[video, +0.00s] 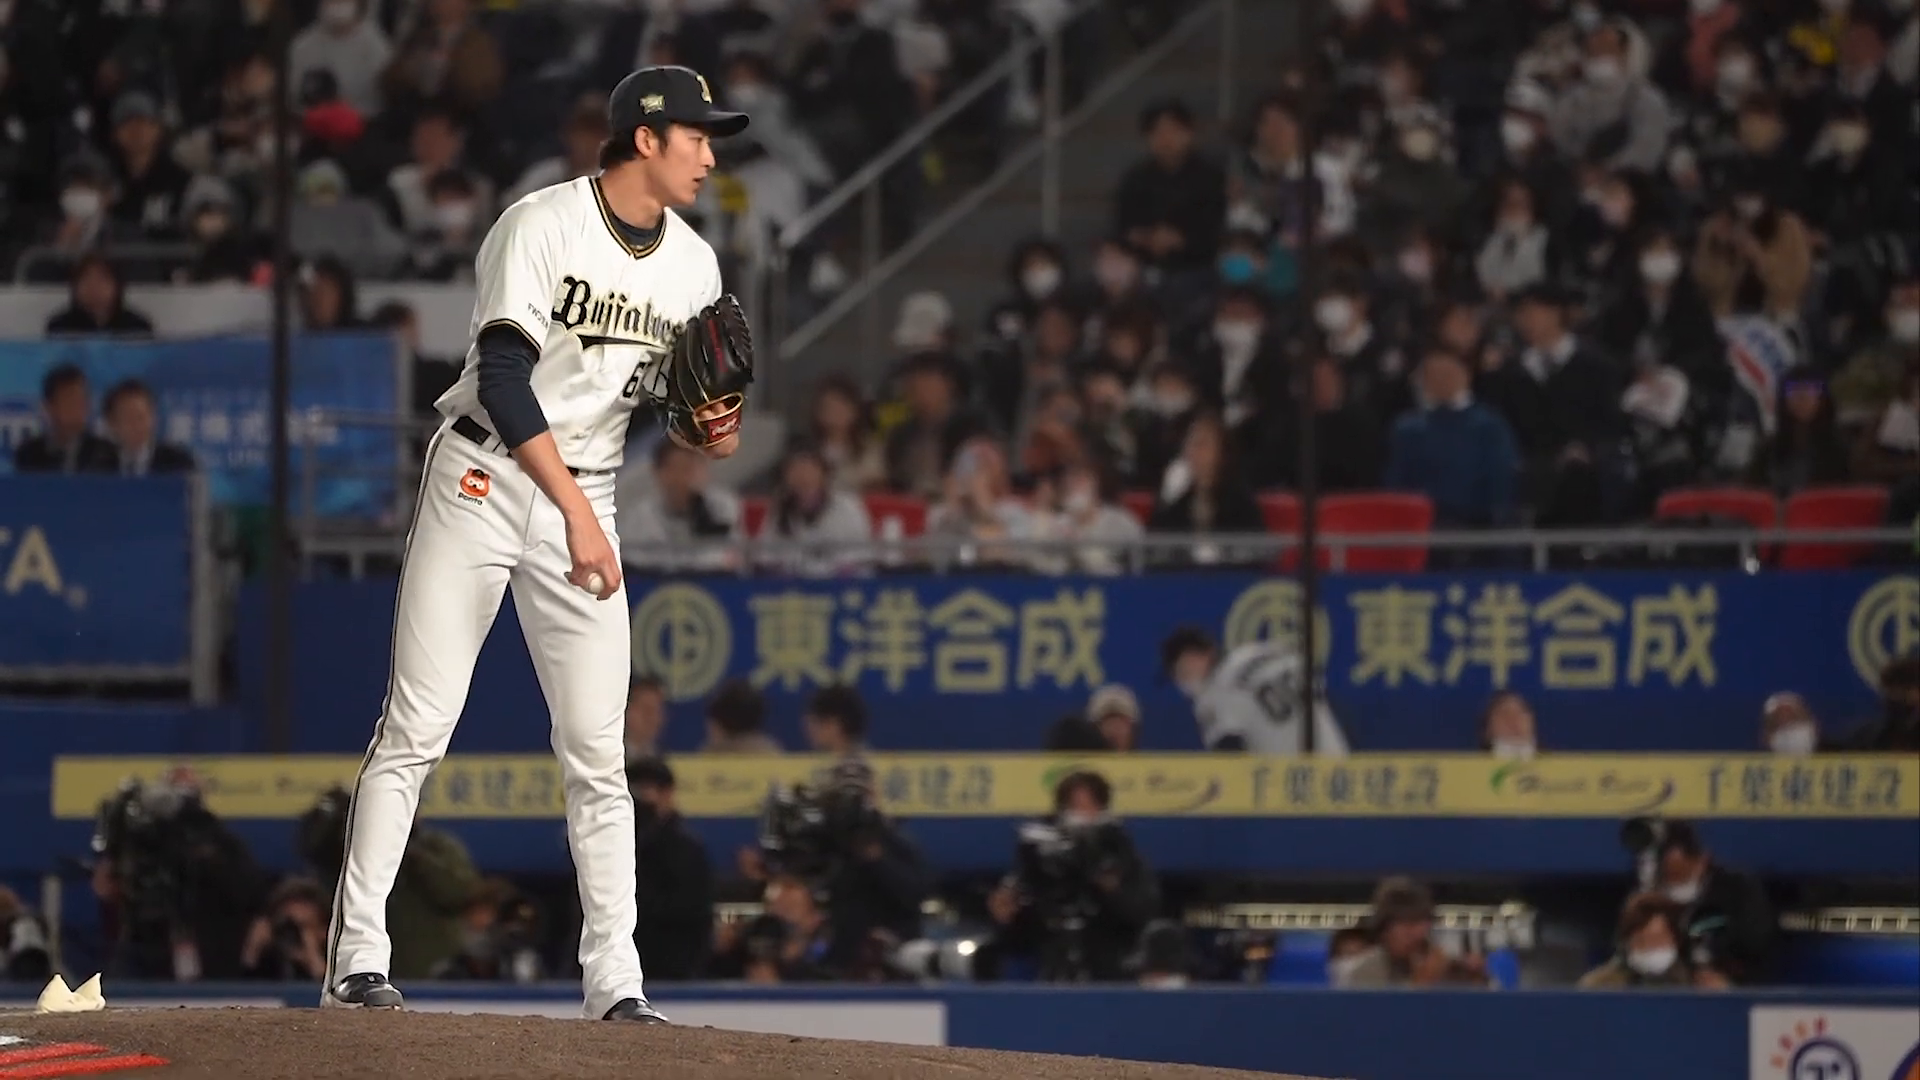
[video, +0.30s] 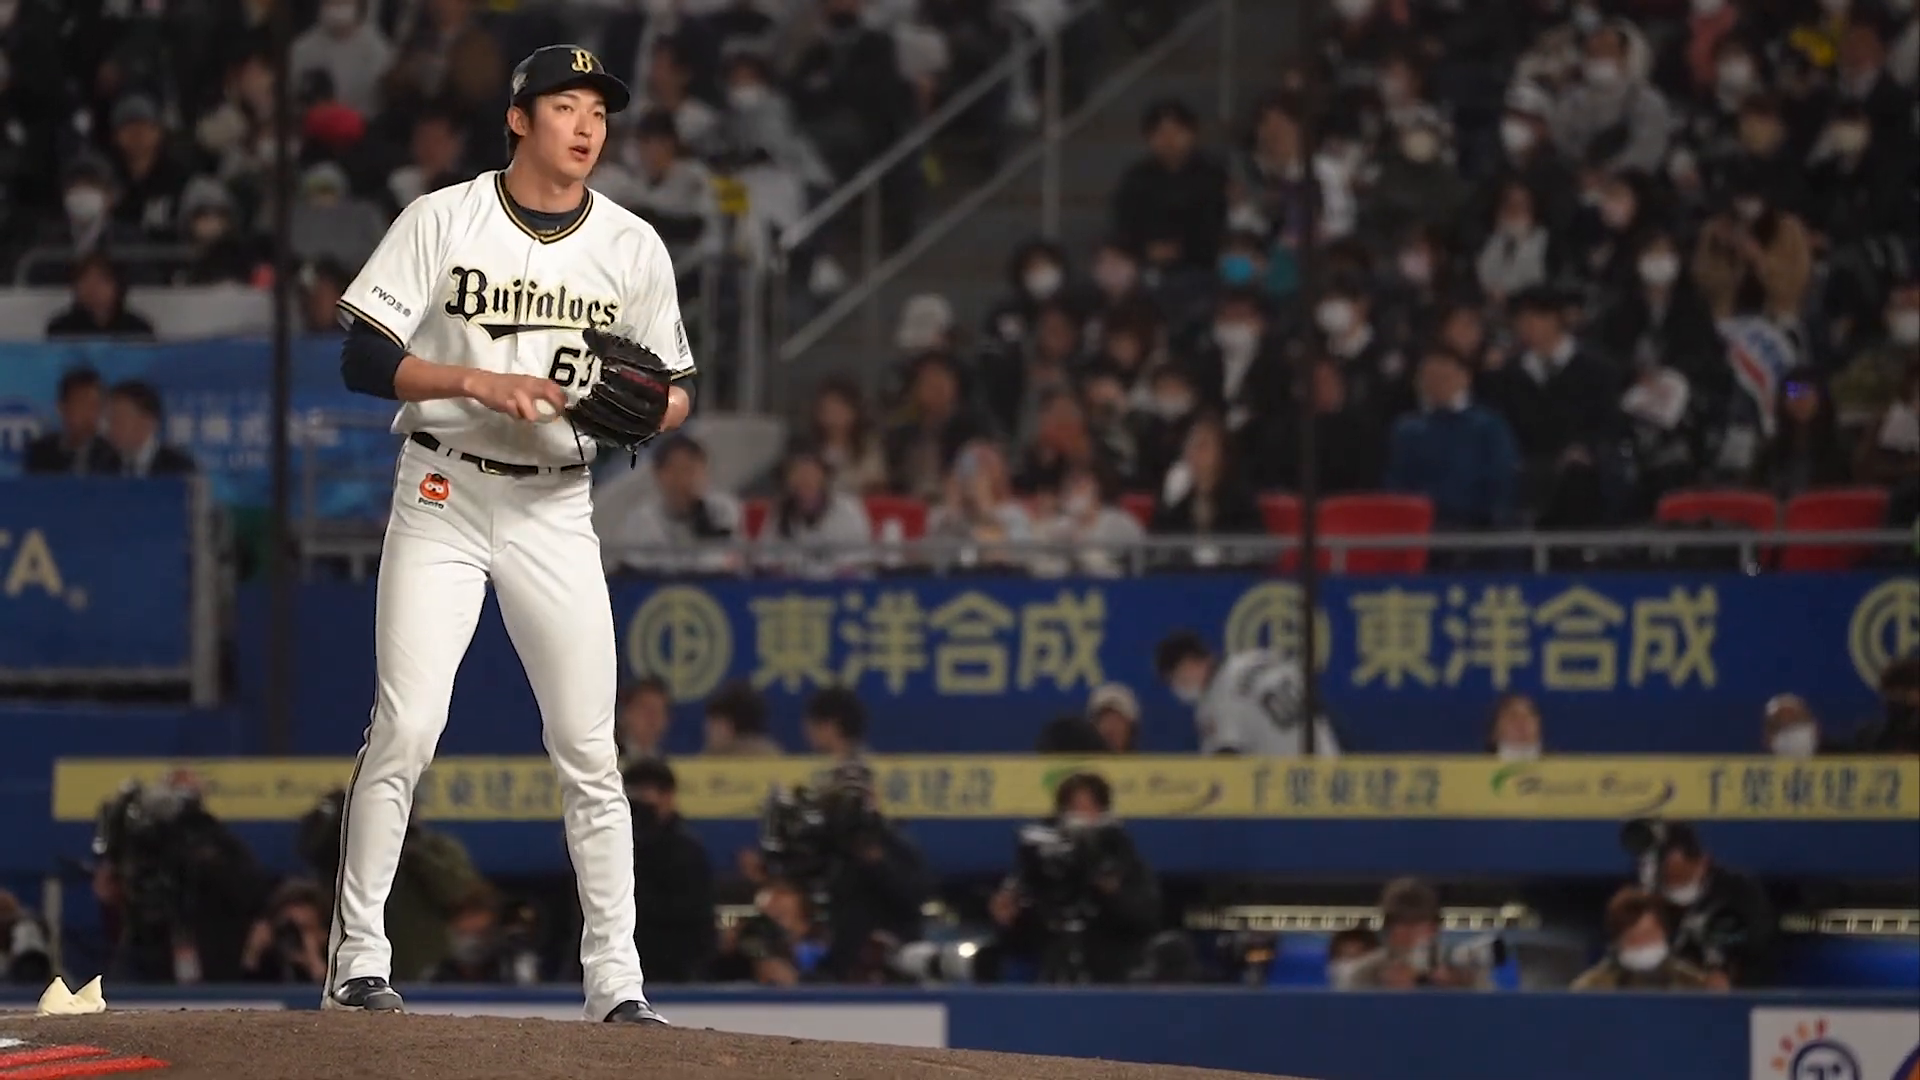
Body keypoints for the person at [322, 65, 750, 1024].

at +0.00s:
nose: (710, 154)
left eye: (711, 137)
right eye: (696, 136)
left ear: (681, 146)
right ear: (642, 138)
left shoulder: (696, 264)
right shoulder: (539, 222)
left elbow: (679, 402)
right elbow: (501, 378)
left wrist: (710, 426)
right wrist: (576, 507)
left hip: (586, 506)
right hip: (483, 480)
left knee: (598, 754)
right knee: (416, 727)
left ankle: (615, 988)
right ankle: (359, 957)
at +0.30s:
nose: (588, 126)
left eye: (597, 112)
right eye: (567, 109)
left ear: (605, 129)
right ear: (518, 121)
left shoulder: (636, 247)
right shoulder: (439, 219)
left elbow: (673, 396)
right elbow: (362, 359)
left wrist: (650, 404)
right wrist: (474, 380)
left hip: (557, 512)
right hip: (440, 497)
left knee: (590, 753)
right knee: (406, 727)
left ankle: (616, 990)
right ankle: (358, 964)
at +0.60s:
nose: (479, 102)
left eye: (492, 88)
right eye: (457, 89)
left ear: (511, 108)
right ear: (421, 111)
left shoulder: (561, 213)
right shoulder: (363, 214)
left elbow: (598, 364)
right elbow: (329, 362)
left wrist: (523, 292)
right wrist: (417, 283)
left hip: (523, 494)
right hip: (404, 490)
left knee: (585, 738)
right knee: (386, 729)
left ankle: (623, 978)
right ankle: (359, 965)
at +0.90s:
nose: (477, 106)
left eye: (490, 91)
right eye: (454, 95)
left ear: (517, 112)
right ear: (424, 123)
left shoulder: (574, 210)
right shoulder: (381, 223)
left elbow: (618, 347)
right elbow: (347, 362)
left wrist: (527, 258)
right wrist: (436, 257)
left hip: (544, 500)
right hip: (427, 496)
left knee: (589, 745)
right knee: (402, 728)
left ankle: (634, 974)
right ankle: (358, 956)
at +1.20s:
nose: (529, 114)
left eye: (544, 99)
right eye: (509, 102)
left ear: (571, 116)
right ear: (480, 124)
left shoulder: (631, 213)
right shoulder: (436, 226)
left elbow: (695, 354)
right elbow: (412, 380)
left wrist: (598, 295)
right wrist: (489, 286)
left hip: (592, 504)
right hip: (475, 499)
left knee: (615, 750)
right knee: (427, 727)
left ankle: (638, 982)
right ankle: (362, 954)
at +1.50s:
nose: (530, 120)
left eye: (546, 106)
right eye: (511, 106)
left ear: (570, 125)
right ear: (481, 125)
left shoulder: (626, 225)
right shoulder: (426, 230)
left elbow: (675, 369)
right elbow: (388, 379)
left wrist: (581, 311)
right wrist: (476, 306)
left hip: (576, 508)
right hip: (457, 498)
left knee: (608, 750)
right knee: (414, 722)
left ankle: (637, 980)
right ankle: (361, 952)